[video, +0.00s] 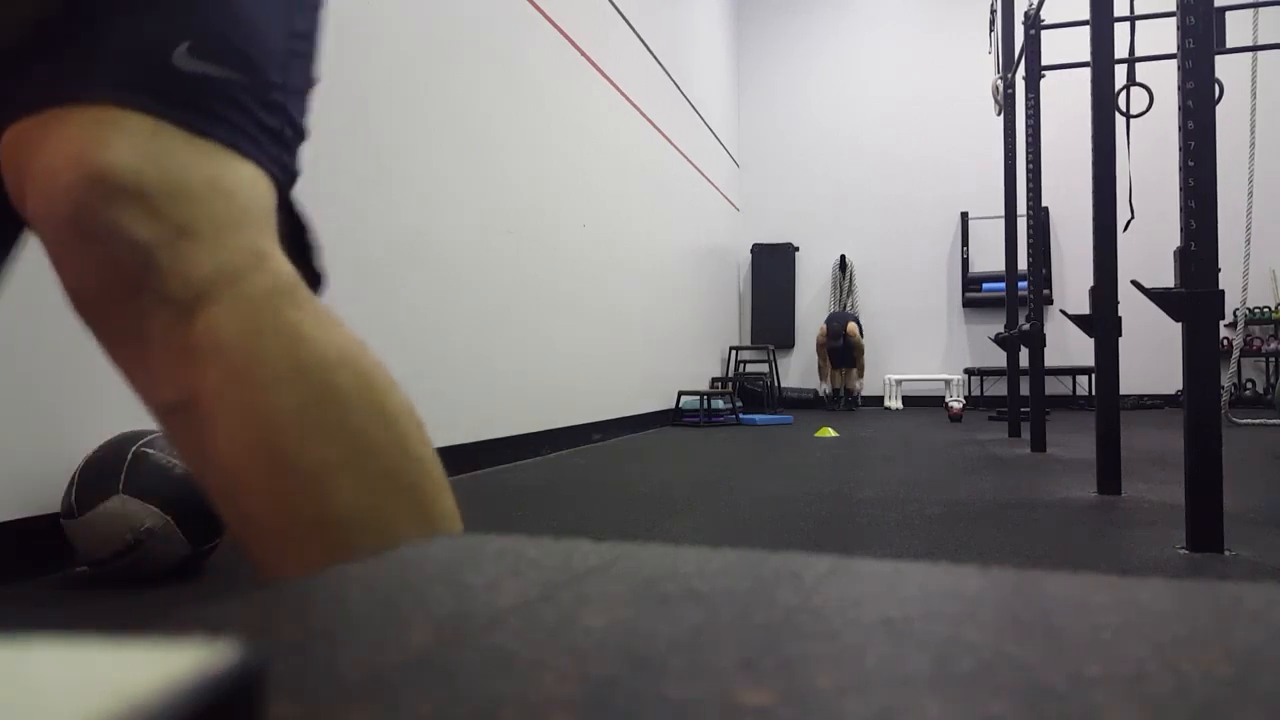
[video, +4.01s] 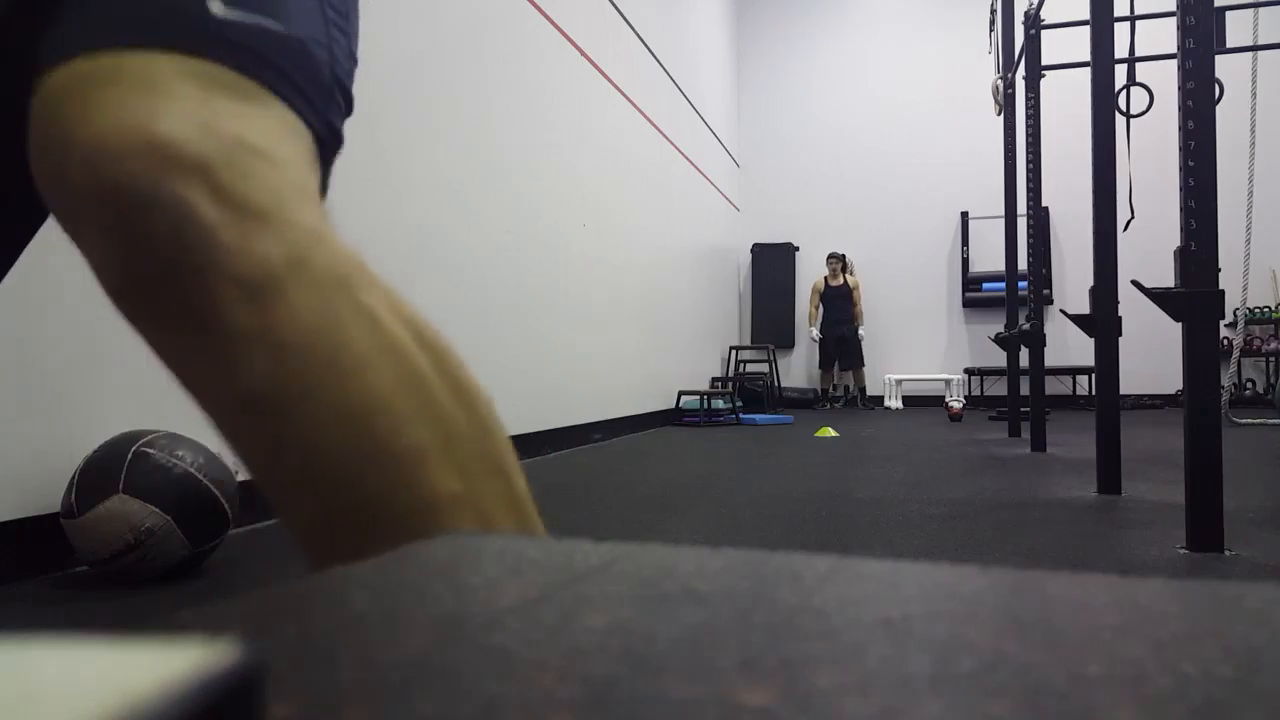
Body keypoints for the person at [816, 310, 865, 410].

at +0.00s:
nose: (835, 342)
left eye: (837, 340)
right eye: (832, 340)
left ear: (843, 333)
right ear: (827, 334)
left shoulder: (852, 331)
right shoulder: (822, 334)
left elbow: (860, 356)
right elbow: (822, 360)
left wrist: (860, 378)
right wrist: (823, 382)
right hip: (832, 343)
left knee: (850, 368)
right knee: (835, 369)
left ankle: (848, 398)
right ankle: (835, 398)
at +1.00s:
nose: (837, 263)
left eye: (840, 260)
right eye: (834, 260)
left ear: (846, 261)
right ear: (831, 262)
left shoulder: (856, 279)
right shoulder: (825, 282)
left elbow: (865, 300)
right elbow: (818, 303)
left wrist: (867, 319)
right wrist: (814, 321)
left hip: (850, 327)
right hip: (831, 328)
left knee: (849, 365)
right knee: (834, 365)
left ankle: (849, 398)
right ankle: (835, 397)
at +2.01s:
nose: (857, 267)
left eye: (860, 264)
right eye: (854, 264)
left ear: (864, 266)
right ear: (850, 265)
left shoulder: (873, 283)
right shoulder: (840, 282)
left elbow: (878, 305)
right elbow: (835, 302)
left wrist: (878, 322)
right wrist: (830, 314)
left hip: (862, 329)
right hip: (842, 328)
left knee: (863, 366)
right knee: (838, 364)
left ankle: (865, 396)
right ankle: (837, 396)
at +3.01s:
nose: (838, 266)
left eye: (841, 262)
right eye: (836, 263)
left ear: (848, 264)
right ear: (832, 265)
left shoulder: (858, 282)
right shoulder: (826, 284)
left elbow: (867, 302)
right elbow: (820, 306)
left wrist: (868, 322)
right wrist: (814, 324)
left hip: (853, 328)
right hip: (833, 329)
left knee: (857, 367)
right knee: (829, 367)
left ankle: (862, 398)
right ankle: (826, 399)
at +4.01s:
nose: (833, 266)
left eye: (836, 263)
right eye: (830, 263)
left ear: (842, 264)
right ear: (826, 265)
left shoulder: (852, 282)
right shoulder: (819, 284)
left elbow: (857, 305)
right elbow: (814, 307)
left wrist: (860, 325)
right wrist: (812, 327)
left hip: (849, 329)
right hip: (828, 330)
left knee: (857, 366)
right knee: (826, 367)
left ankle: (863, 398)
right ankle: (824, 399)